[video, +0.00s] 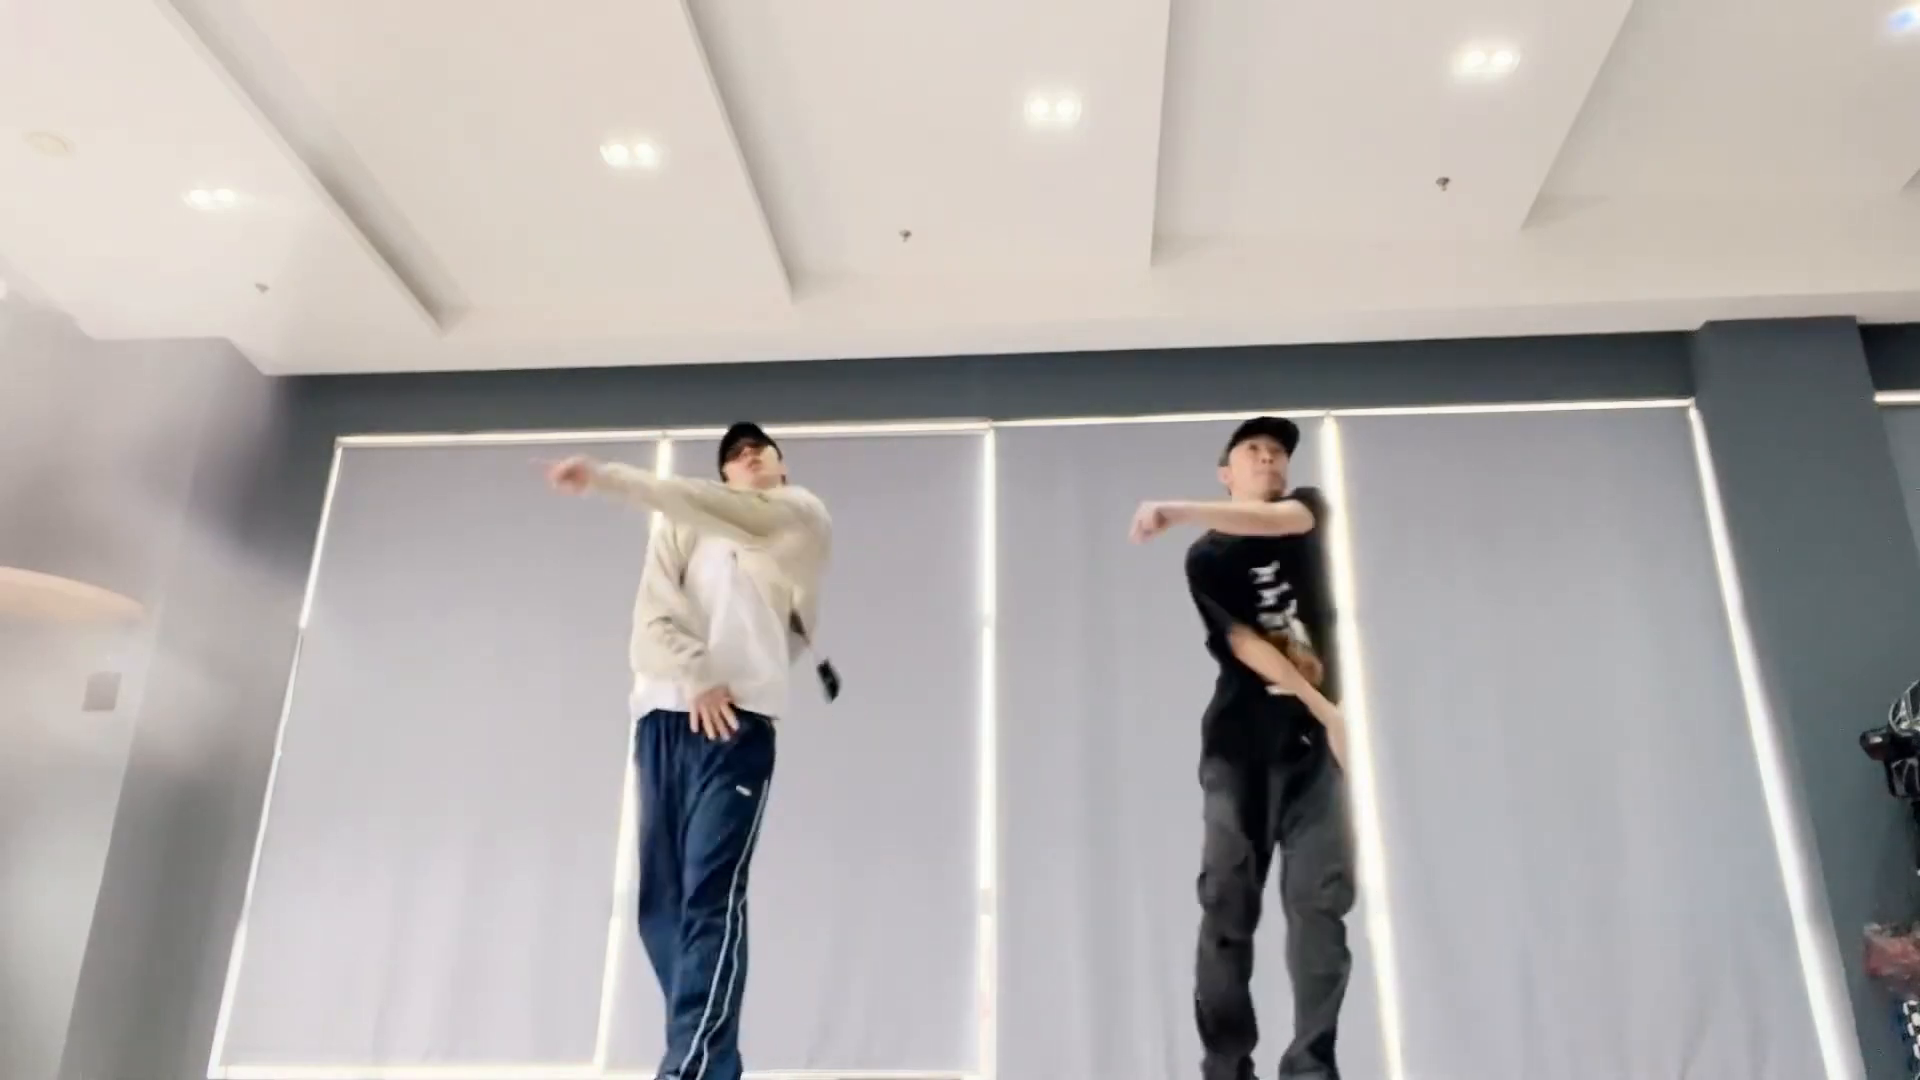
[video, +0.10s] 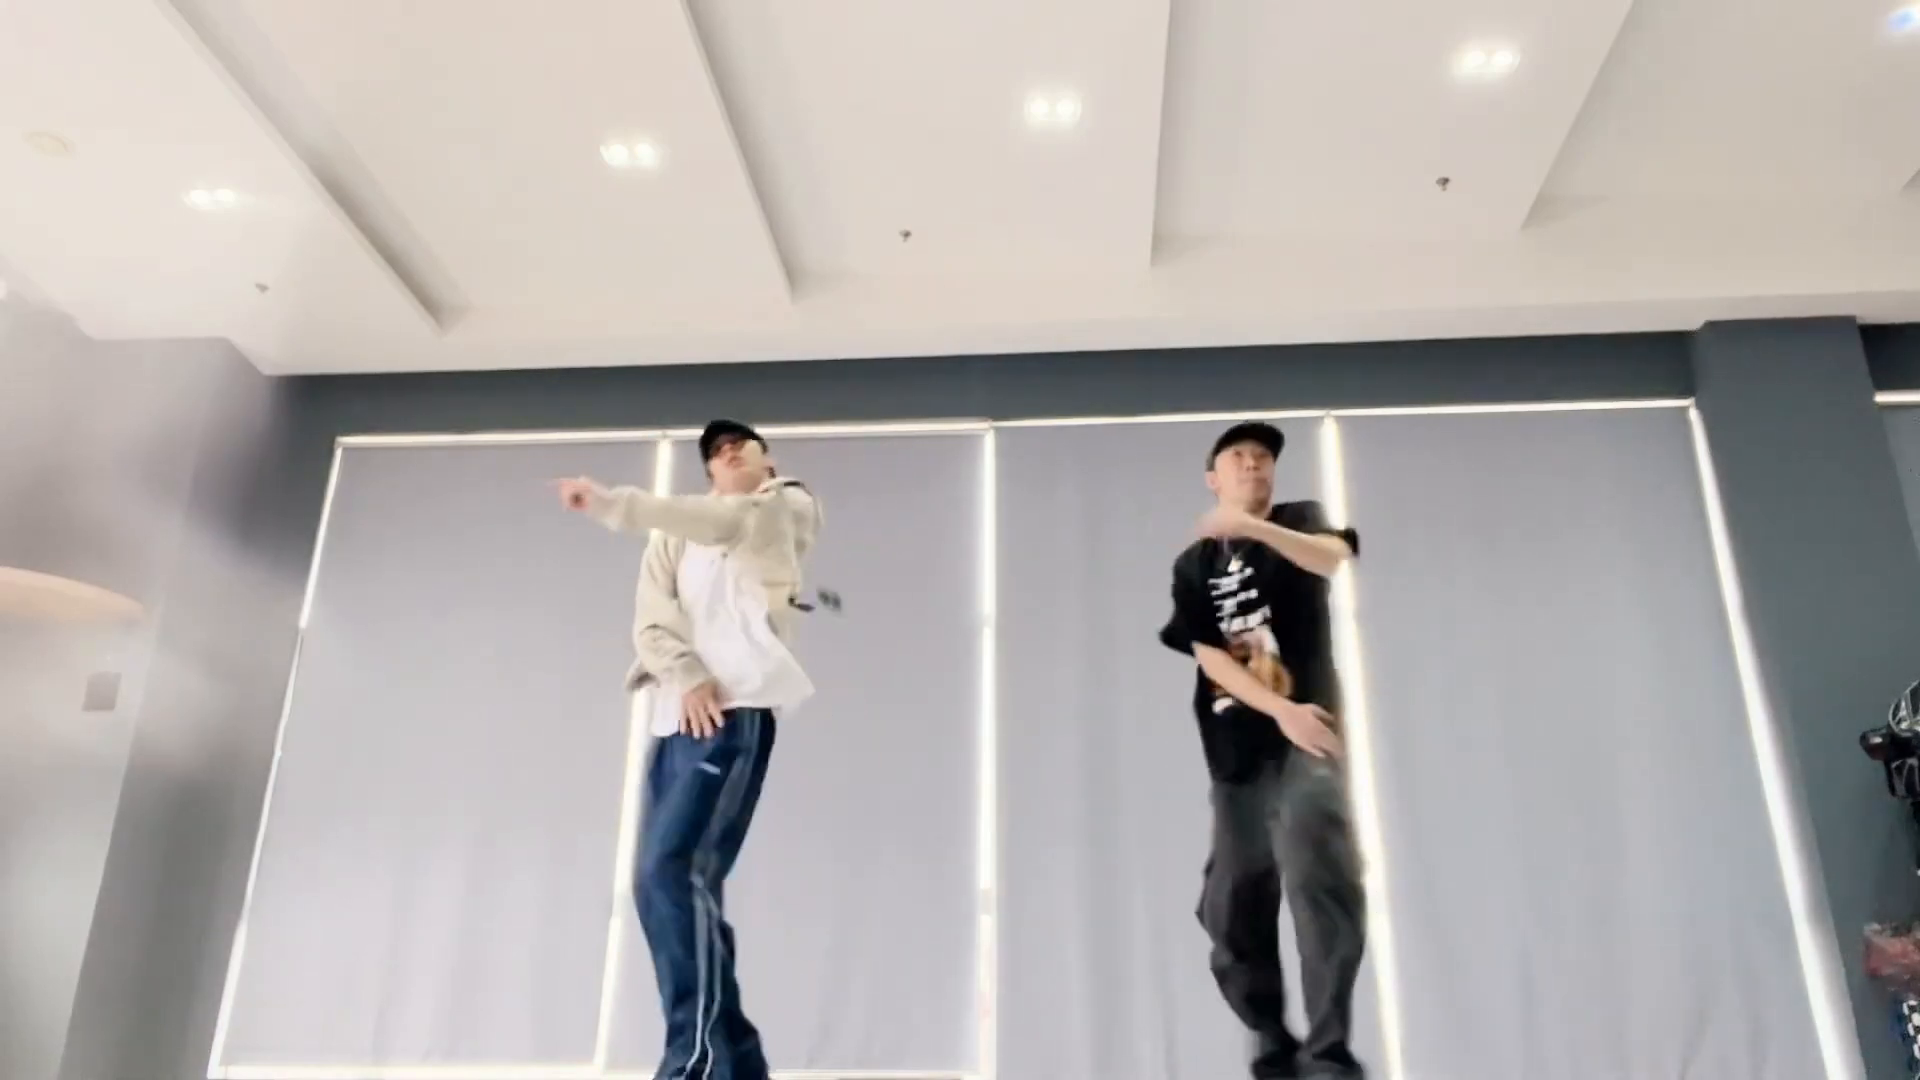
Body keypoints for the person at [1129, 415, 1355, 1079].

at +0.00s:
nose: (1266, 463)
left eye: (1276, 455)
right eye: (1252, 454)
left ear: (1289, 471)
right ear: (1224, 472)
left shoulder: (1311, 511)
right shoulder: (1208, 557)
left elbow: (1278, 519)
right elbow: (1245, 644)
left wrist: (1181, 511)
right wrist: (1325, 709)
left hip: (1316, 736)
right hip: (1240, 740)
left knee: (1319, 898)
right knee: (1228, 901)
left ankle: (1313, 1065)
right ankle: (1226, 1068)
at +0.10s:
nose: (1250, 468)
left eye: (1260, 459)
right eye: (1237, 459)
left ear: (1274, 475)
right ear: (1213, 477)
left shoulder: (1302, 520)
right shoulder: (1194, 563)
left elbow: (1333, 559)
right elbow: (1210, 657)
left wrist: (1247, 525)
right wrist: (1283, 710)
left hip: (1310, 731)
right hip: (1238, 745)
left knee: (1316, 880)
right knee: (1231, 900)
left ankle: (1328, 1047)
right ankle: (1270, 1038)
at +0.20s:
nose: (1233, 494)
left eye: (1244, 484)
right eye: (1219, 486)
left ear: (1261, 500)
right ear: (1198, 506)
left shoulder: (1295, 554)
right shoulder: (1200, 586)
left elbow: (1415, 589)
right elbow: (1204, 676)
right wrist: (1248, 719)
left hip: (1308, 741)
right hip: (1259, 760)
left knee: (1267, 889)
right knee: (1219, 912)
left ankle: (1384, 1058)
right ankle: (1298, 1060)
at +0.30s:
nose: (1232, 508)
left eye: (1241, 499)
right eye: (1218, 501)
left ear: (1257, 514)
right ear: (1196, 522)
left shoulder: (1294, 565)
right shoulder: (1199, 615)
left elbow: (1413, 590)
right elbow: (1207, 698)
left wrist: (1346, 554)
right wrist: (1254, 743)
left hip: (1316, 766)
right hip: (1270, 781)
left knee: (1268, 906)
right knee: (1229, 922)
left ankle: (1377, 1069)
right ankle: (1288, 1070)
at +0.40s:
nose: (1241, 474)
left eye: (1248, 467)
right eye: (1223, 468)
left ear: (1262, 482)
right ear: (1198, 492)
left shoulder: (1298, 523)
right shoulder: (1193, 582)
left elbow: (1324, 539)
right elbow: (1231, 669)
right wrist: (1322, 711)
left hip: (1340, 728)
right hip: (1265, 751)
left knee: (1334, 868)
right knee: (1226, 909)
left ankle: (1372, 1064)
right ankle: (1311, 1065)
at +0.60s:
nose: (1256, 481)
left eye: (1258, 473)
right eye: (1237, 476)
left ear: (1270, 483)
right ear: (1209, 499)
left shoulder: (1309, 526)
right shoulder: (1208, 586)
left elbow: (1301, 541)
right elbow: (1258, 674)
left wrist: (1208, 516)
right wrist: (1354, 722)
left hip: (1348, 758)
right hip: (1272, 770)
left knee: (1392, 878)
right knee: (1281, 913)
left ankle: (1384, 1062)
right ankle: (1252, 1068)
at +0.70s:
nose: (1242, 481)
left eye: (1247, 469)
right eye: (1225, 478)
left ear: (1265, 477)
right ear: (1211, 502)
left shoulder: (1313, 533)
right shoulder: (1208, 580)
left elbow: (1365, 549)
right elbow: (1227, 675)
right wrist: (1307, 712)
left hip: (1331, 739)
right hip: (1259, 759)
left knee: (1324, 878)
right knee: (1246, 905)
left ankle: (1372, 1061)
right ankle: (1324, 1046)